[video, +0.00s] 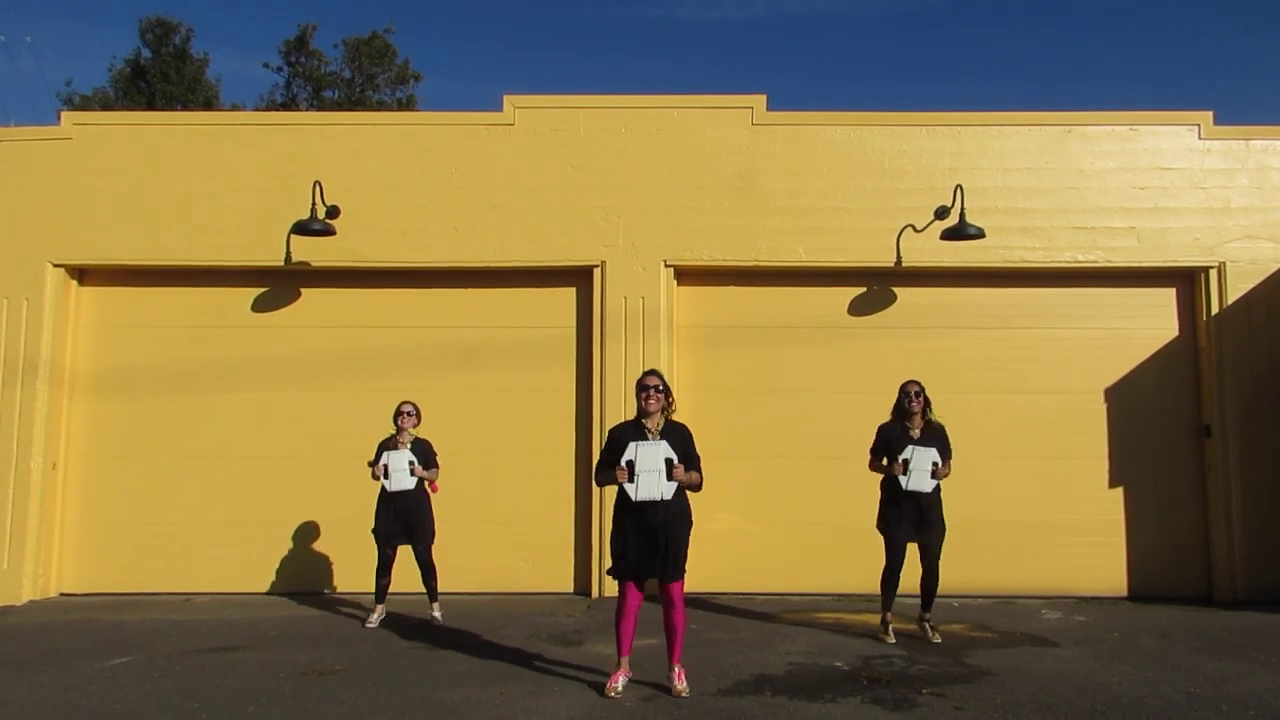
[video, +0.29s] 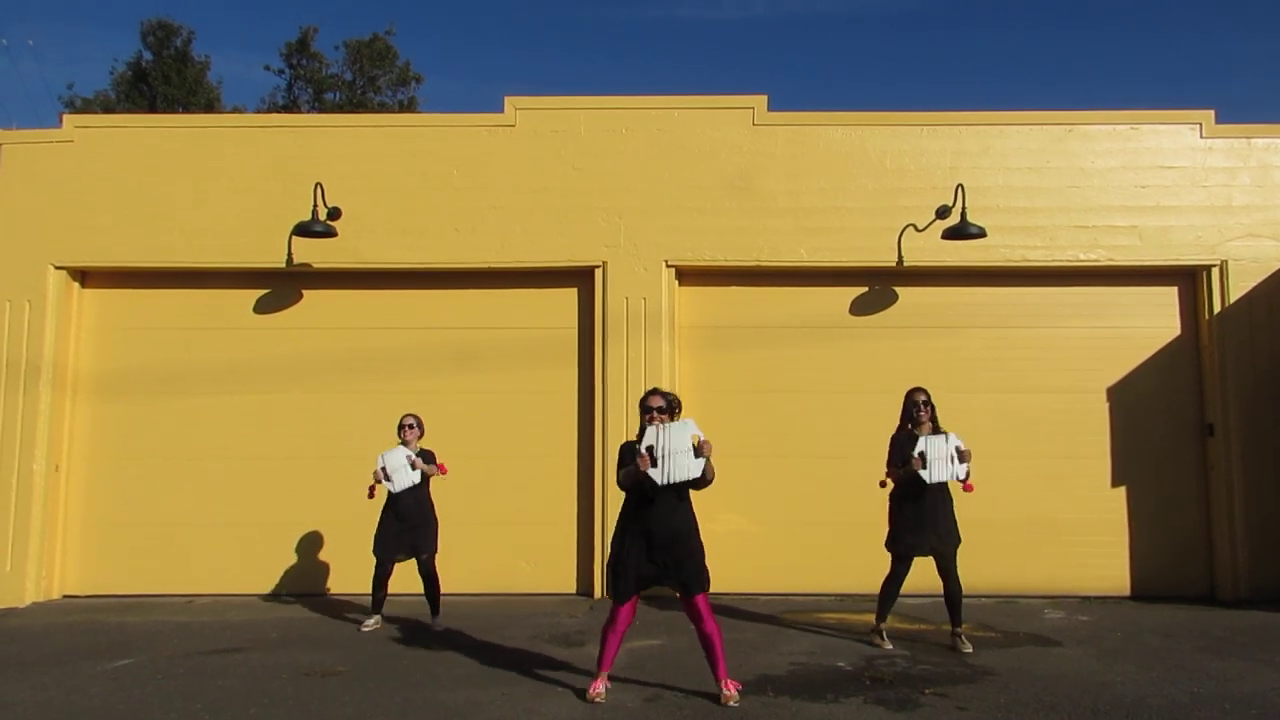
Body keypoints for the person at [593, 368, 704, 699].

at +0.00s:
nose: (650, 394)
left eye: (657, 390)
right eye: (645, 389)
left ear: (667, 396)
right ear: (637, 395)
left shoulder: (680, 433)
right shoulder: (621, 433)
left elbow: (697, 481)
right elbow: (600, 476)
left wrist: (683, 476)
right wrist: (616, 474)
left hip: (672, 529)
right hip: (631, 529)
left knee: (673, 597)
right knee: (629, 598)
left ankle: (676, 668)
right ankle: (622, 667)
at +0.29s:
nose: (653, 416)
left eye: (660, 411)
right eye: (647, 411)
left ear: (672, 415)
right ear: (640, 415)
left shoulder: (681, 447)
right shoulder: (631, 449)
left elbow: (702, 482)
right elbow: (623, 482)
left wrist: (704, 458)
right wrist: (638, 469)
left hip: (679, 540)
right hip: (636, 541)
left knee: (701, 613)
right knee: (621, 614)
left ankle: (724, 683)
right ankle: (600, 679)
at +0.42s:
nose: (660, 393)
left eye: (667, 388)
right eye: (655, 388)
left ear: (678, 392)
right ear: (647, 393)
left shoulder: (694, 423)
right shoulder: (638, 430)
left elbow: (736, 433)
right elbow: (626, 469)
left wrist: (741, 399)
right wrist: (608, 476)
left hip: (689, 522)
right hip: (647, 523)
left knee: (707, 593)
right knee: (628, 592)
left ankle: (728, 668)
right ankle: (608, 658)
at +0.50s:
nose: (665, 394)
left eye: (672, 389)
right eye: (660, 389)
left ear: (686, 392)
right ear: (653, 392)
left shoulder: (704, 417)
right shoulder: (647, 427)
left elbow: (741, 395)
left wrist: (755, 362)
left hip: (696, 515)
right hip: (654, 516)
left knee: (713, 594)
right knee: (636, 592)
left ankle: (731, 668)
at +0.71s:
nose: (684, 408)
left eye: (688, 402)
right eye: (677, 403)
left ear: (694, 402)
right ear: (665, 405)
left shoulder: (707, 427)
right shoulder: (654, 441)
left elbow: (736, 399)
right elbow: (629, 479)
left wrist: (732, 364)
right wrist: (600, 502)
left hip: (703, 526)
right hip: (661, 527)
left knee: (724, 600)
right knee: (634, 592)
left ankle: (737, 668)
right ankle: (626, 598)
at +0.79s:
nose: (670, 408)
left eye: (677, 402)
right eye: (665, 403)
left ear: (691, 404)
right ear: (659, 405)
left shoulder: (701, 432)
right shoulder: (650, 440)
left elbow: (729, 440)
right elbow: (630, 473)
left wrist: (717, 417)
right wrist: (615, 489)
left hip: (698, 523)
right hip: (655, 524)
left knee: (719, 596)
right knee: (627, 597)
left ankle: (744, 666)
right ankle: (608, 643)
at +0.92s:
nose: (666, 422)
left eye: (673, 417)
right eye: (660, 417)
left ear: (684, 420)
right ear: (653, 420)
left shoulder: (696, 453)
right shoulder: (644, 453)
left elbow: (710, 499)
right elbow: (624, 467)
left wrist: (709, 492)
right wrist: (636, 454)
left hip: (693, 544)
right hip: (650, 543)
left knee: (714, 614)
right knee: (628, 615)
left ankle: (743, 682)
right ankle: (604, 679)